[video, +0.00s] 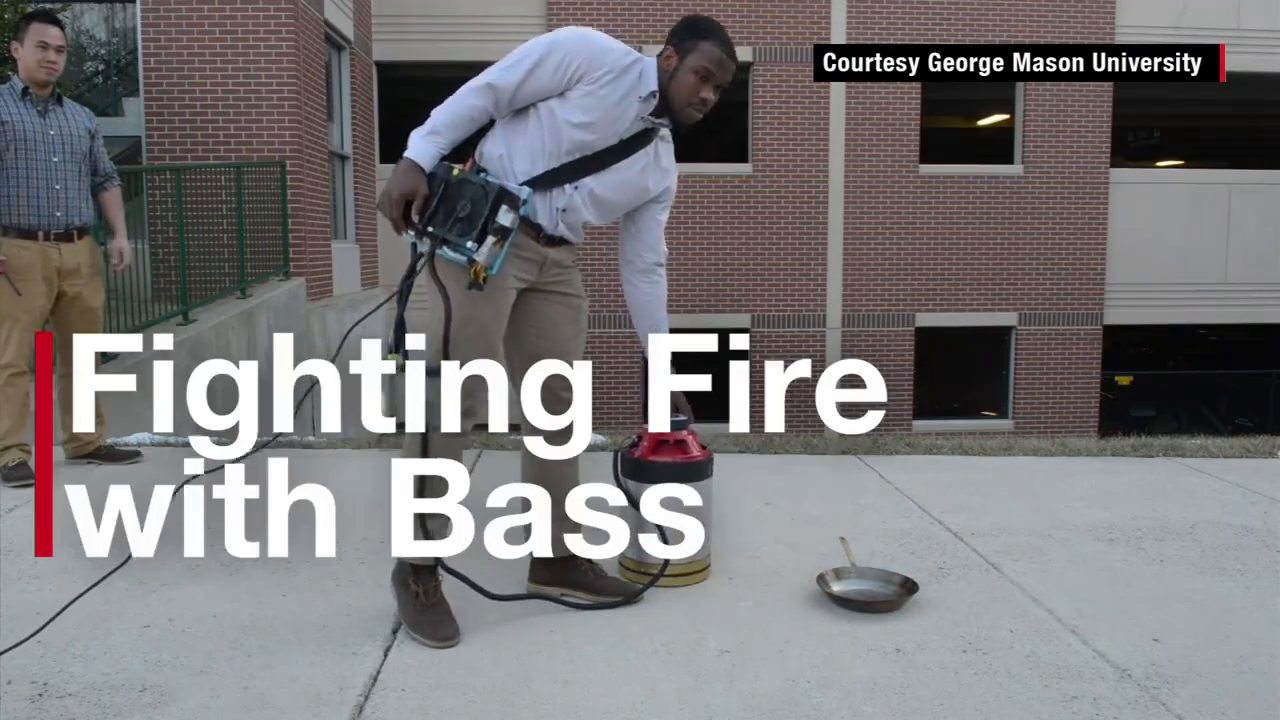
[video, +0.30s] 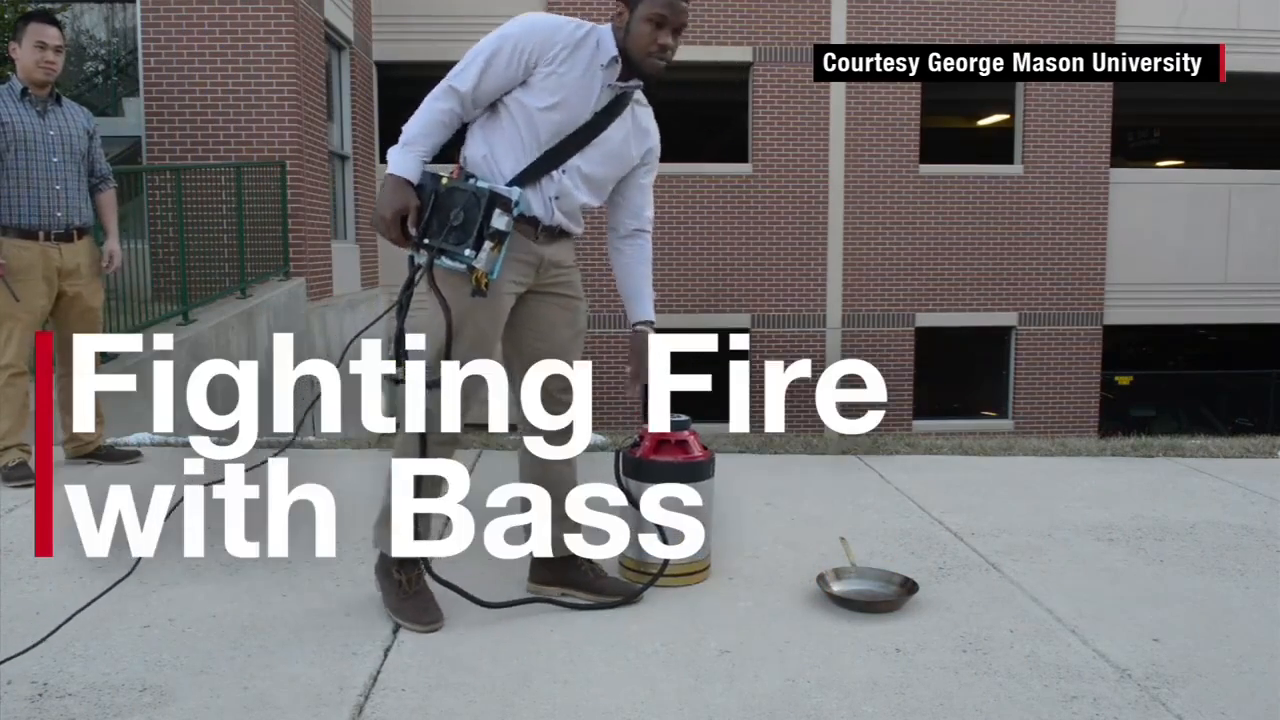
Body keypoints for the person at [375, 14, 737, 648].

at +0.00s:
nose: (710, 98)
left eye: (721, 89)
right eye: (703, 78)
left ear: (722, 90)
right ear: (668, 56)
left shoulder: (658, 171)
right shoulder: (592, 55)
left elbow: (646, 272)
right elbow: (488, 93)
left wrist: (664, 376)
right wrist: (415, 161)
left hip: (554, 260)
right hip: (480, 234)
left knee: (557, 411)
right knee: (460, 410)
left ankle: (554, 557)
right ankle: (418, 567)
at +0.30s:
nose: (668, 42)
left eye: (678, 33)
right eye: (659, 25)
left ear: (680, 37)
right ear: (623, 14)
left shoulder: (641, 134)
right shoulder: (546, 38)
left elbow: (631, 234)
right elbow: (455, 95)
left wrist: (644, 327)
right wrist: (401, 175)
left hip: (554, 255)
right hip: (479, 237)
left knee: (554, 409)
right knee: (455, 409)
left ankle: (557, 556)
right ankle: (401, 556)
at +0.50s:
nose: (611, 9)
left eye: (615, 3)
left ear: (613, 17)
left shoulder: (605, 103)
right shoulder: (490, 32)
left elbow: (601, 203)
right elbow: (410, 108)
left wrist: (608, 287)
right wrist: (374, 195)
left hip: (542, 252)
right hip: (464, 243)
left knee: (548, 408)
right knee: (442, 409)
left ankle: (555, 554)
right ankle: (386, 555)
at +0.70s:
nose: (527, 0)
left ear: (534, 6)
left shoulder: (542, 83)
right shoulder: (412, 36)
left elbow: (546, 185)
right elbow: (346, 124)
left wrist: (560, 266)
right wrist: (329, 212)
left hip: (514, 251)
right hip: (427, 248)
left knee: (532, 410)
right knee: (411, 414)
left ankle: (555, 553)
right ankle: (383, 562)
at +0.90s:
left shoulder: (478, 60)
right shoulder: (351, 30)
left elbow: (483, 160)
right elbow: (291, 127)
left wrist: (501, 247)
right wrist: (286, 222)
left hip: (468, 245)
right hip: (387, 248)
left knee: (500, 399)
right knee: (386, 413)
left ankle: (521, 547)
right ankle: (380, 563)